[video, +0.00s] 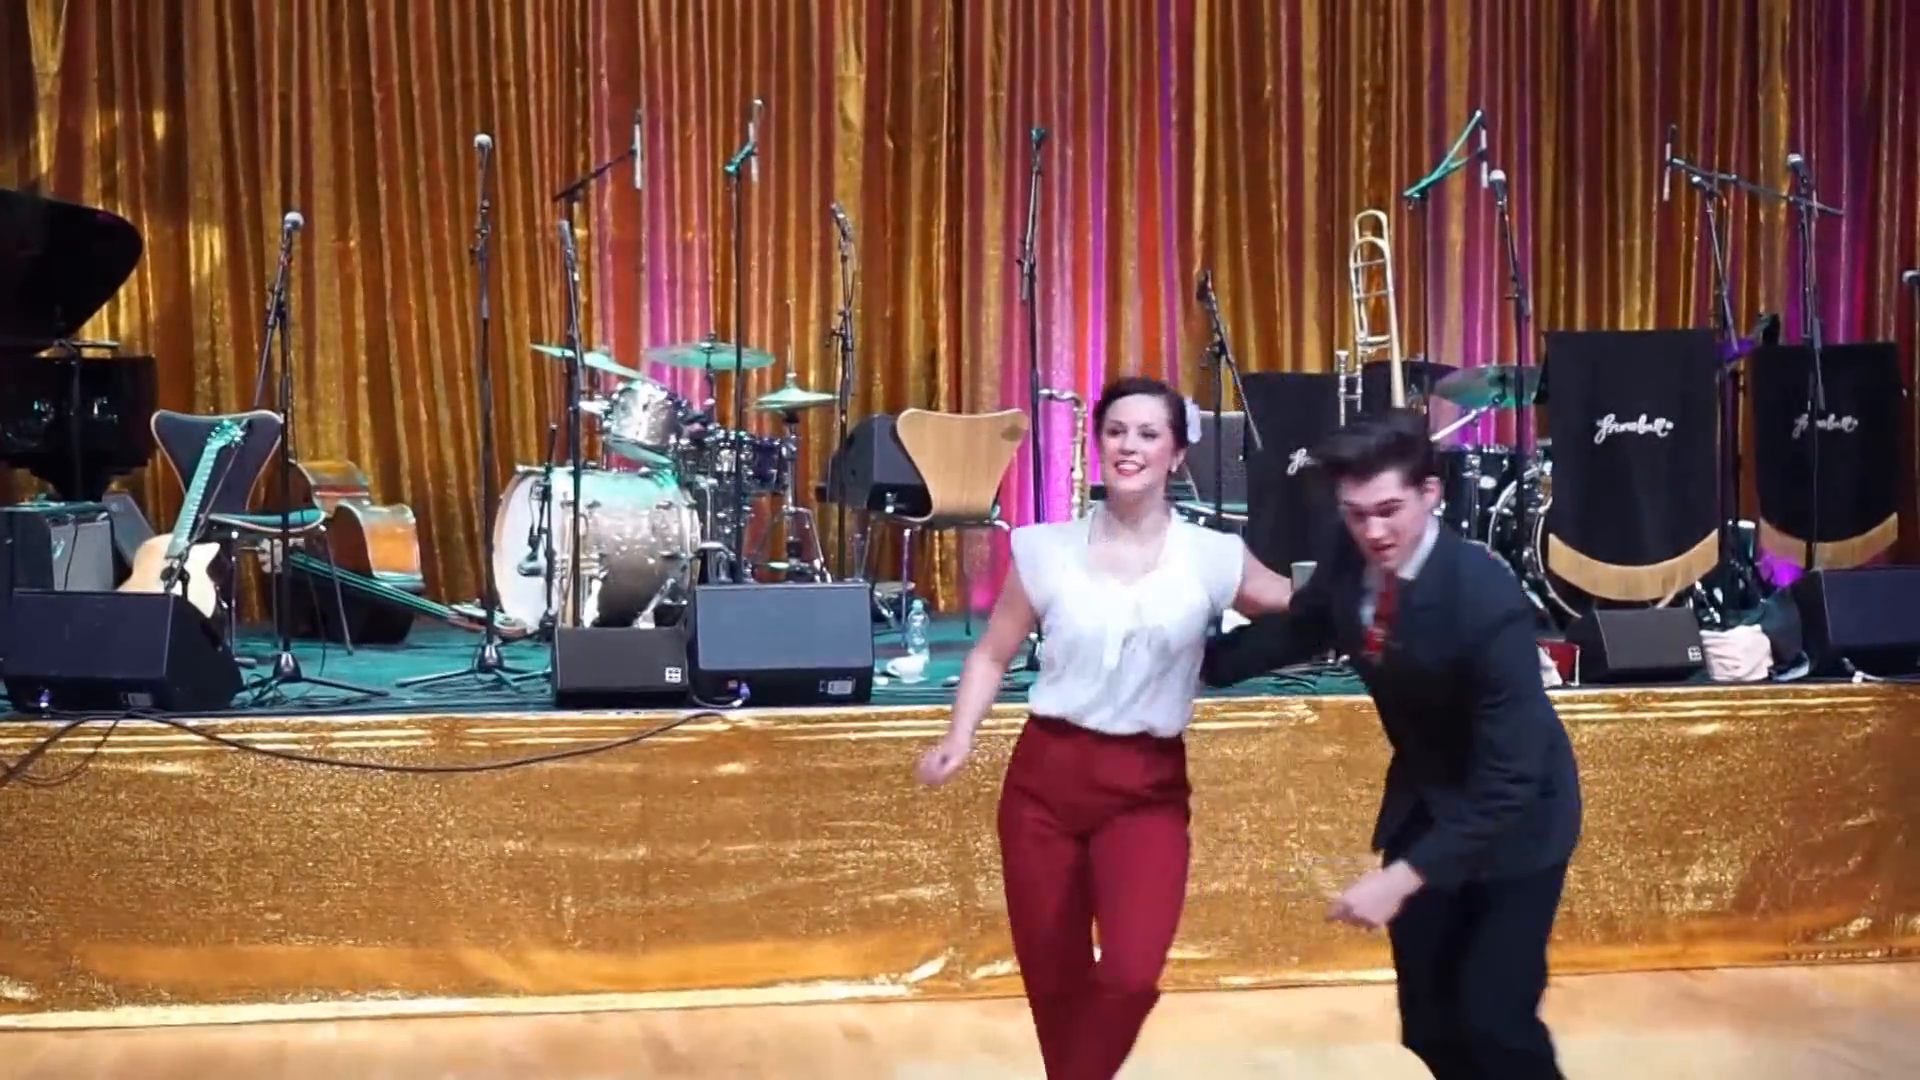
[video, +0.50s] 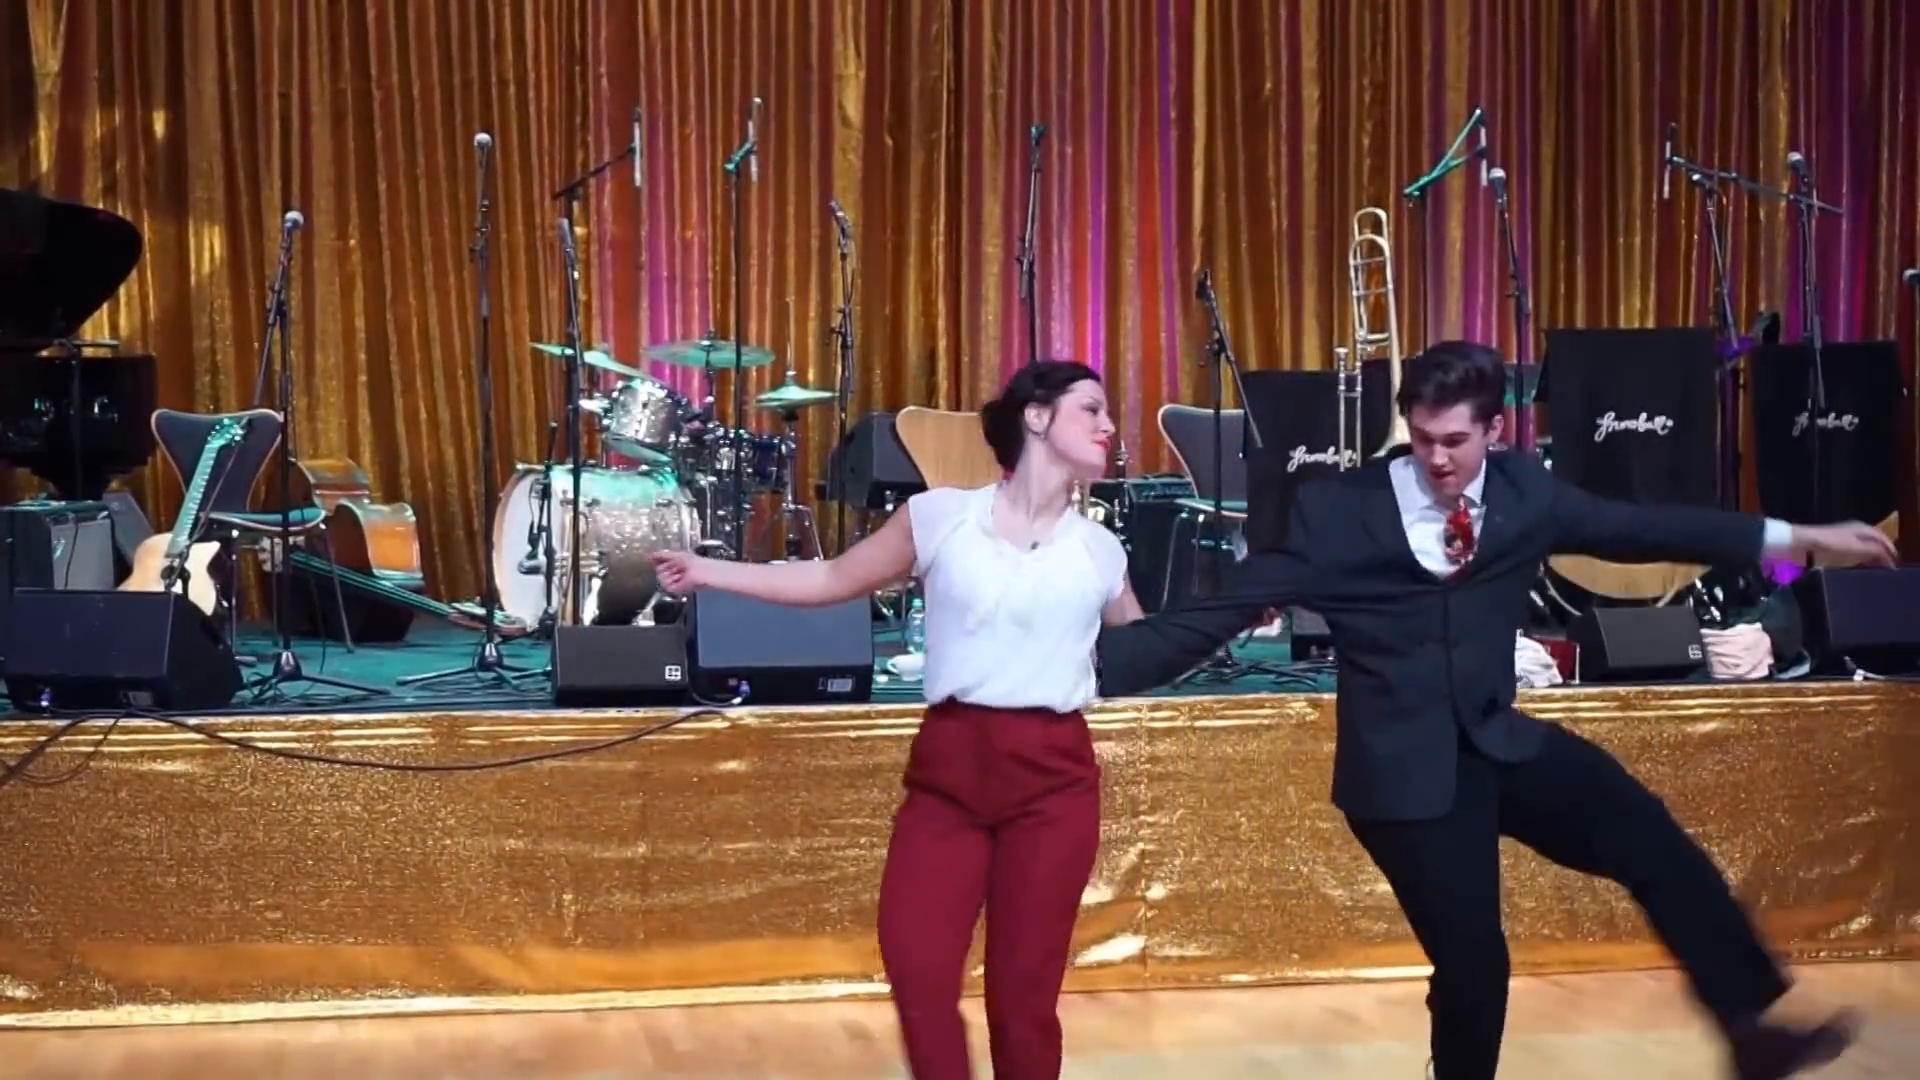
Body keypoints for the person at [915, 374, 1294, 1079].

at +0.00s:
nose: (1127, 447)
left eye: (1147, 435)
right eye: (1115, 433)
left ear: (1177, 456)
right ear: (1096, 446)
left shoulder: (1214, 557)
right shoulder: (1045, 550)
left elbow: (1314, 614)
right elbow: (991, 655)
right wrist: (960, 737)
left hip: (1147, 798)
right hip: (1042, 791)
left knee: (1133, 979)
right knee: (1054, 991)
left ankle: (1072, 1075)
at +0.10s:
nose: (1107, 453)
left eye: (1127, 443)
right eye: (1094, 439)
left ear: (1154, 466)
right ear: (1074, 457)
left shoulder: (1187, 577)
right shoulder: (1015, 563)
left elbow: (1244, 664)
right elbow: (942, 643)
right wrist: (884, 727)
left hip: (1113, 815)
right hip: (1012, 804)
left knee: (1051, 1011)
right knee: (1047, 1010)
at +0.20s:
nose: (1101, 424)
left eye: (1121, 417)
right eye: (1088, 408)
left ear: (1138, 445)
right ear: (1061, 423)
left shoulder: (1152, 552)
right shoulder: (992, 523)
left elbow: (1206, 647)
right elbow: (910, 600)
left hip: (1093, 785)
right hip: (991, 777)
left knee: (1030, 991)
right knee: (953, 986)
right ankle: (1027, 1070)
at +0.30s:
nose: (1091, 426)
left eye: (1109, 422)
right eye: (1078, 410)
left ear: (1118, 455)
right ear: (1039, 424)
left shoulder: (1121, 551)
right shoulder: (962, 521)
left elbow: (1172, 653)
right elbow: (875, 588)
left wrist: (1263, 601)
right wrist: (761, 570)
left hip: (1086, 790)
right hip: (982, 791)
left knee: (1029, 995)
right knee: (887, 973)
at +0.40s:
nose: (1098, 442)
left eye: (1105, 436)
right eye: (1080, 425)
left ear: (1103, 463)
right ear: (1027, 438)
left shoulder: (1104, 570)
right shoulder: (943, 536)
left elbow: (1152, 680)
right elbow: (839, 585)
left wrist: (1254, 613)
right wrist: (725, 574)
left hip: (1068, 810)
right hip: (964, 809)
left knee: (1021, 1015)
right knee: (903, 1016)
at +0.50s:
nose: (1110, 428)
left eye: (1108, 414)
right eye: (1093, 410)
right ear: (1037, 418)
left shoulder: (1102, 553)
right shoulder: (936, 517)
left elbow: (1148, 663)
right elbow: (827, 579)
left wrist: (1232, 615)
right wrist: (705, 571)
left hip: (1055, 788)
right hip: (945, 783)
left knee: (1022, 1005)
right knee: (919, 984)